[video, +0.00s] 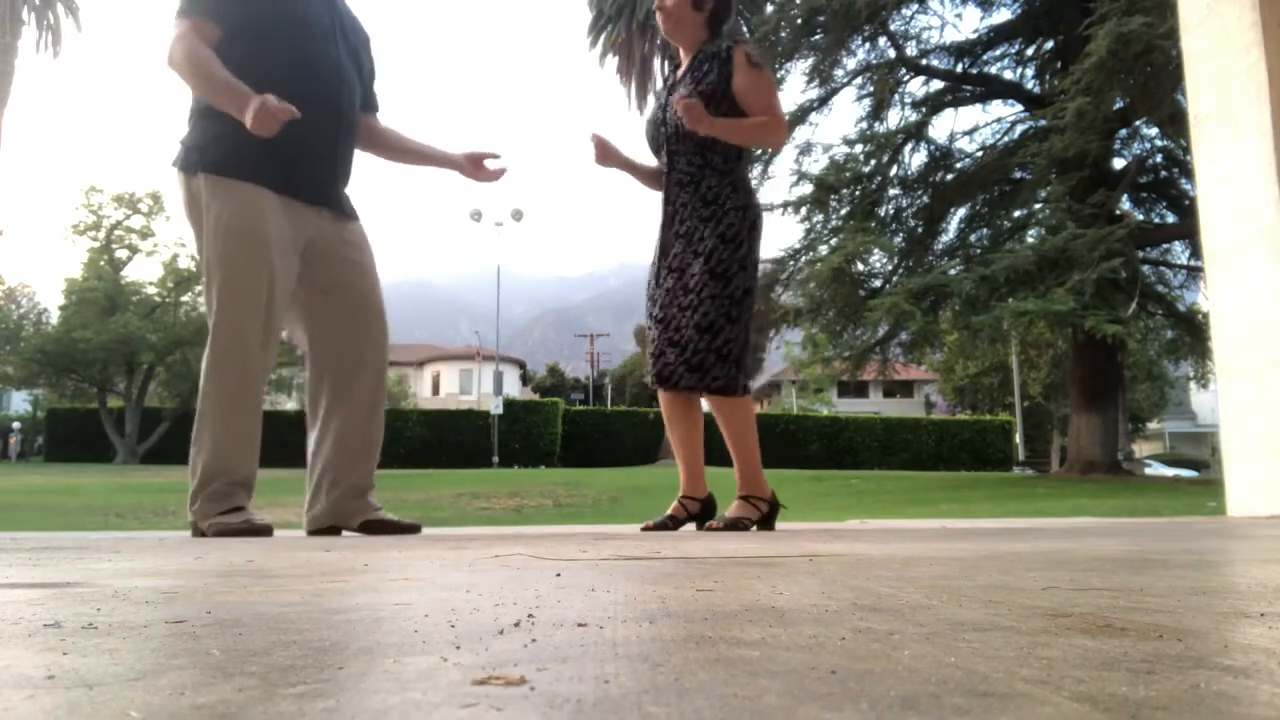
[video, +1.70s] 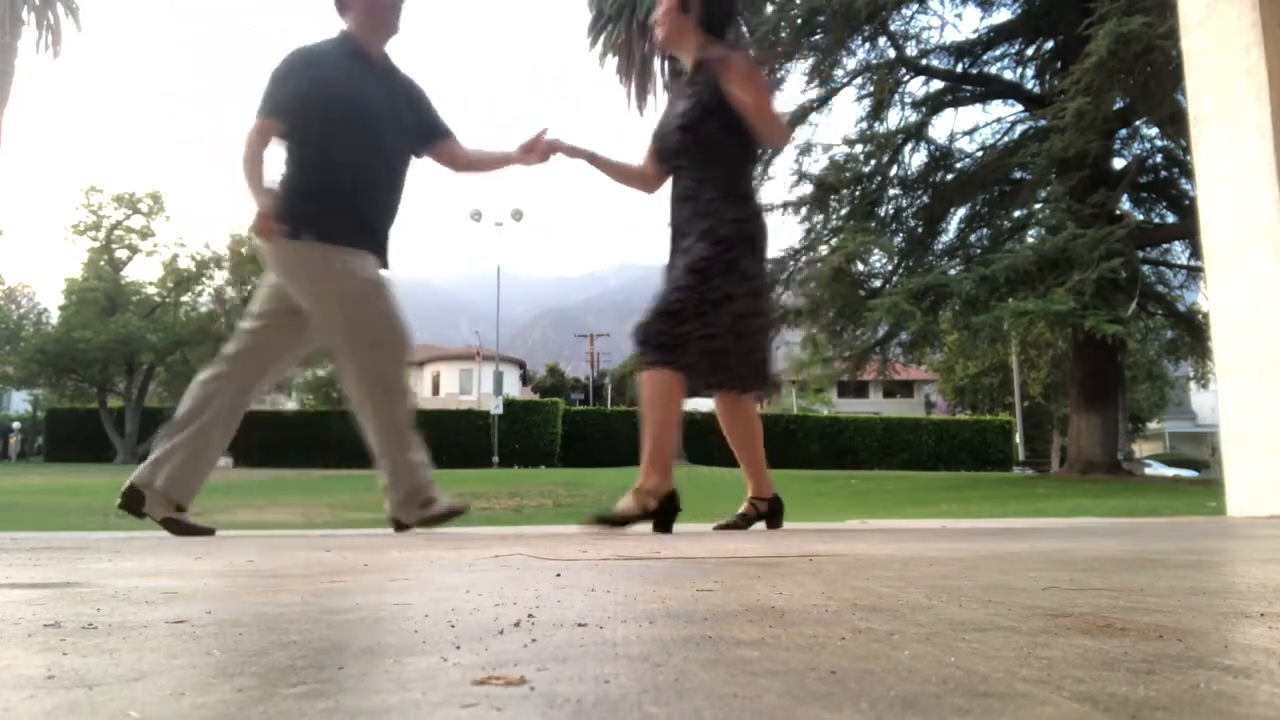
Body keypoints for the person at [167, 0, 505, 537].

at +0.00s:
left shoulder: (352, 28)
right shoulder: (235, 2)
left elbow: (361, 126)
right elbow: (184, 48)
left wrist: (452, 159)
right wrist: (246, 103)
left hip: (323, 198)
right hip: (239, 178)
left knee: (355, 340)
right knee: (243, 339)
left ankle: (340, 505)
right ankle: (219, 507)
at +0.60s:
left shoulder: (387, 17)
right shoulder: (264, 1)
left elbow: (428, 119)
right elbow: (199, 34)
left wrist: (518, 109)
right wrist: (234, 66)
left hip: (358, 192)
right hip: (266, 177)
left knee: (370, 347)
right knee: (242, 344)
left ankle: (355, 499)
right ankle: (221, 502)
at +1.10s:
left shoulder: (353, 38)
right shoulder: (229, 5)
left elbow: (424, 113)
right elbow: (181, 70)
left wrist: (513, 122)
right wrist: (202, 113)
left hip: (314, 208)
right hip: (233, 197)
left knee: (324, 340)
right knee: (239, 350)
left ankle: (266, 485)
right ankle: (250, 503)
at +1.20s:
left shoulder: (353, 47)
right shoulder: (229, 10)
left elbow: (429, 109)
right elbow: (180, 90)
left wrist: (516, 138)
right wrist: (181, 147)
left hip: (303, 221)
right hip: (224, 202)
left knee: (290, 352)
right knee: (233, 353)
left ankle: (184, 459)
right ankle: (251, 504)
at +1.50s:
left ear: (342, 2)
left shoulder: (365, 61)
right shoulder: (249, 31)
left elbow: (436, 104)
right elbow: (194, 107)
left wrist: (521, 111)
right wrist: (184, 169)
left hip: (295, 228)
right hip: (245, 214)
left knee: (234, 353)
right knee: (284, 346)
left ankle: (159, 488)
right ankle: (260, 499)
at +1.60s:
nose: (362, 5)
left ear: (366, 6)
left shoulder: (377, 74)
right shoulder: (271, 47)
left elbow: (443, 123)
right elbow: (216, 122)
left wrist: (521, 126)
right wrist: (213, 181)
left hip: (309, 229)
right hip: (271, 220)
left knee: (239, 364)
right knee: (335, 338)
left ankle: (158, 490)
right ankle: (338, 494)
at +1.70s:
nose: (390, 14)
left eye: (393, 6)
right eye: (379, 4)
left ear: (397, 13)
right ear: (350, 7)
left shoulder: (402, 92)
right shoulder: (310, 63)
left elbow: (454, 155)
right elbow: (255, 145)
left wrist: (517, 157)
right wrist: (260, 199)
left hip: (344, 247)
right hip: (309, 239)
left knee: (242, 367)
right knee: (379, 354)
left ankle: (157, 489)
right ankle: (412, 500)